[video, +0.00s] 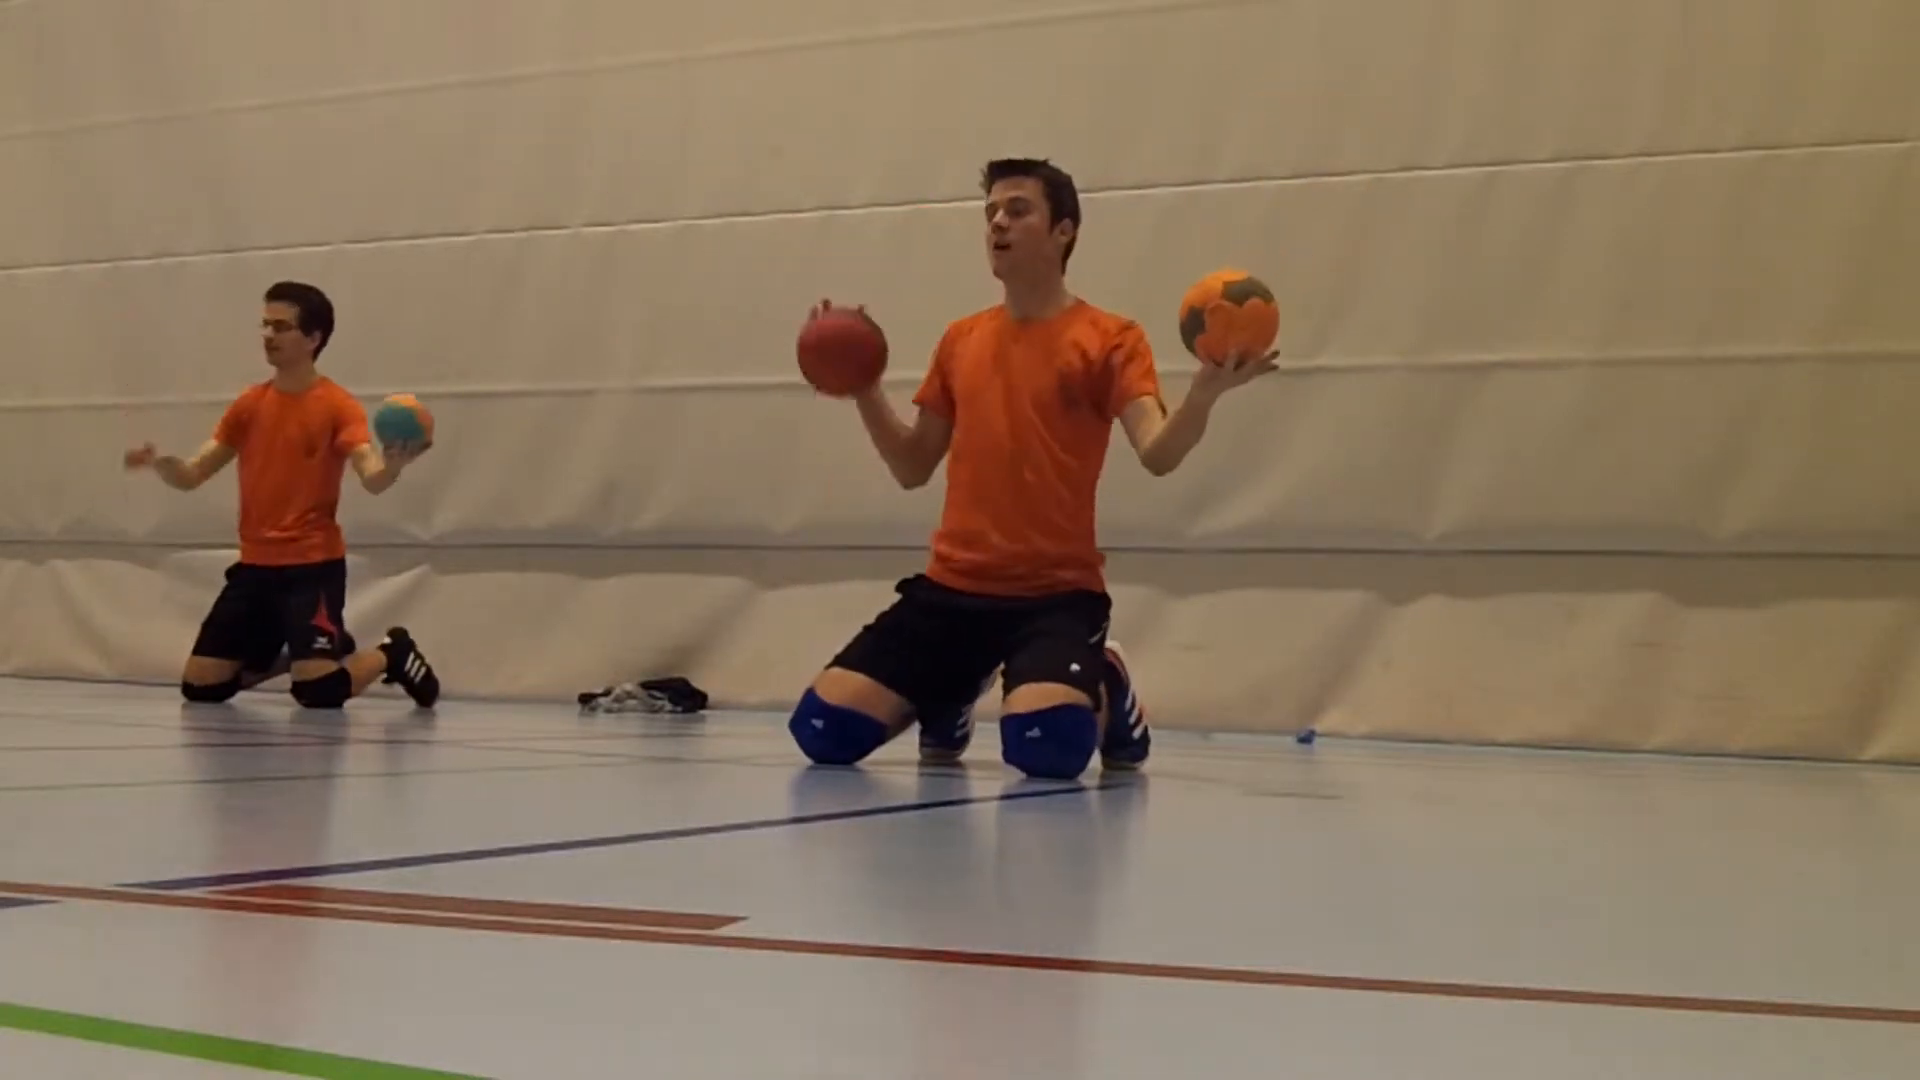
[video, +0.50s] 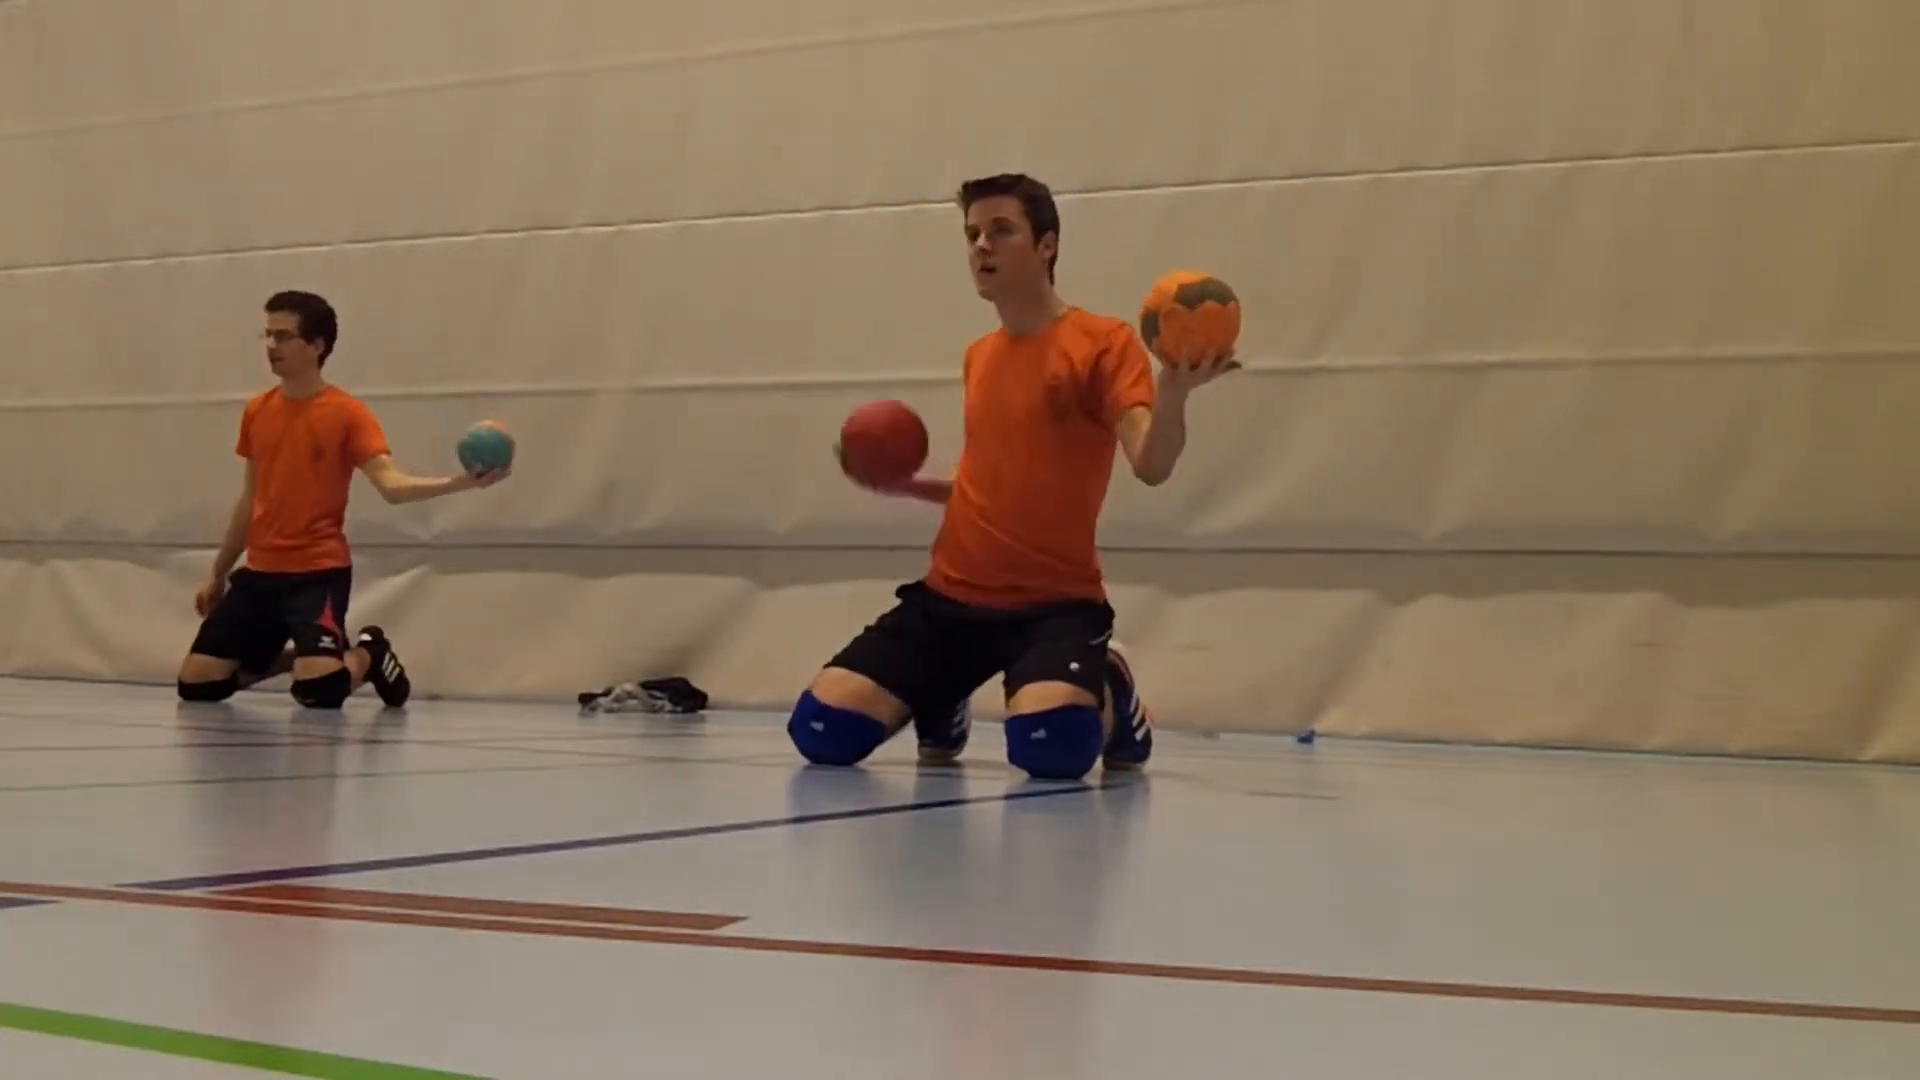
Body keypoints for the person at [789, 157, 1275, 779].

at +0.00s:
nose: (998, 223)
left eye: (1018, 209)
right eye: (992, 213)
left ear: (1063, 233)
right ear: (984, 232)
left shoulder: (1109, 339)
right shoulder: (962, 340)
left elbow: (1159, 453)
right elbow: (912, 464)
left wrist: (1204, 391)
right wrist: (860, 379)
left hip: (1058, 596)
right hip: (952, 590)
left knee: (1044, 751)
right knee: (821, 736)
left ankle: (1108, 683)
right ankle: (947, 683)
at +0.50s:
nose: (981, 246)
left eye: (1001, 231)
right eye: (973, 235)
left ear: (1046, 248)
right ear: (966, 253)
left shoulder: (1104, 342)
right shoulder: (981, 356)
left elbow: (1152, 465)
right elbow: (987, 492)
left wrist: (1174, 391)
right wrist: (902, 482)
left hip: (1056, 607)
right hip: (952, 601)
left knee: (1049, 751)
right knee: (819, 735)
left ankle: (1109, 686)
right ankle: (936, 686)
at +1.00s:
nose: (1004, 185)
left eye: (1024, 174)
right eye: (994, 173)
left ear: (1062, 202)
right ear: (979, 194)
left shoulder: (1093, 311)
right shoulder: (942, 287)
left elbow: (1160, 389)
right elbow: (824, 272)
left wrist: (1203, 287)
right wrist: (857, 171)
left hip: (1043, 575)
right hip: (932, 566)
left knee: (1046, 753)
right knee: (800, 737)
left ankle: (1096, 681)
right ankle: (935, 672)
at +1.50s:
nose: (988, 235)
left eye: (1009, 221)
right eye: (978, 224)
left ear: (1050, 247)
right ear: (966, 246)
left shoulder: (1094, 356)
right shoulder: (938, 347)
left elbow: (1177, 441)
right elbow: (836, 444)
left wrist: (1238, 368)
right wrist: (772, 423)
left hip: (1056, 603)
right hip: (949, 601)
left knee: (1029, 750)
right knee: (821, 736)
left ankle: (1118, 684)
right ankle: (936, 690)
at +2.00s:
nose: (999, 229)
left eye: (1019, 217)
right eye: (988, 218)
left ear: (1056, 241)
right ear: (974, 239)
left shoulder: (1093, 355)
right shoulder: (936, 334)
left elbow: (1158, 449)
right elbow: (853, 440)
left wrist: (1216, 381)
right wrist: (793, 430)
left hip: (1037, 600)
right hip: (930, 594)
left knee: (1029, 751)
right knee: (785, 735)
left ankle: (1105, 687)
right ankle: (924, 682)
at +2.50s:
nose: (953, 239)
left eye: (971, 223)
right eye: (944, 229)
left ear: (1017, 243)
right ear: (938, 248)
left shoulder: (1071, 348)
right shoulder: (924, 343)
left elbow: (1118, 465)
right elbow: (914, 439)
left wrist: (1149, 396)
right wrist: (868, 431)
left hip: (1044, 600)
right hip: (940, 596)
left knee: (1050, 752)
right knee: (803, 734)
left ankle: (1106, 684)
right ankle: (925, 692)